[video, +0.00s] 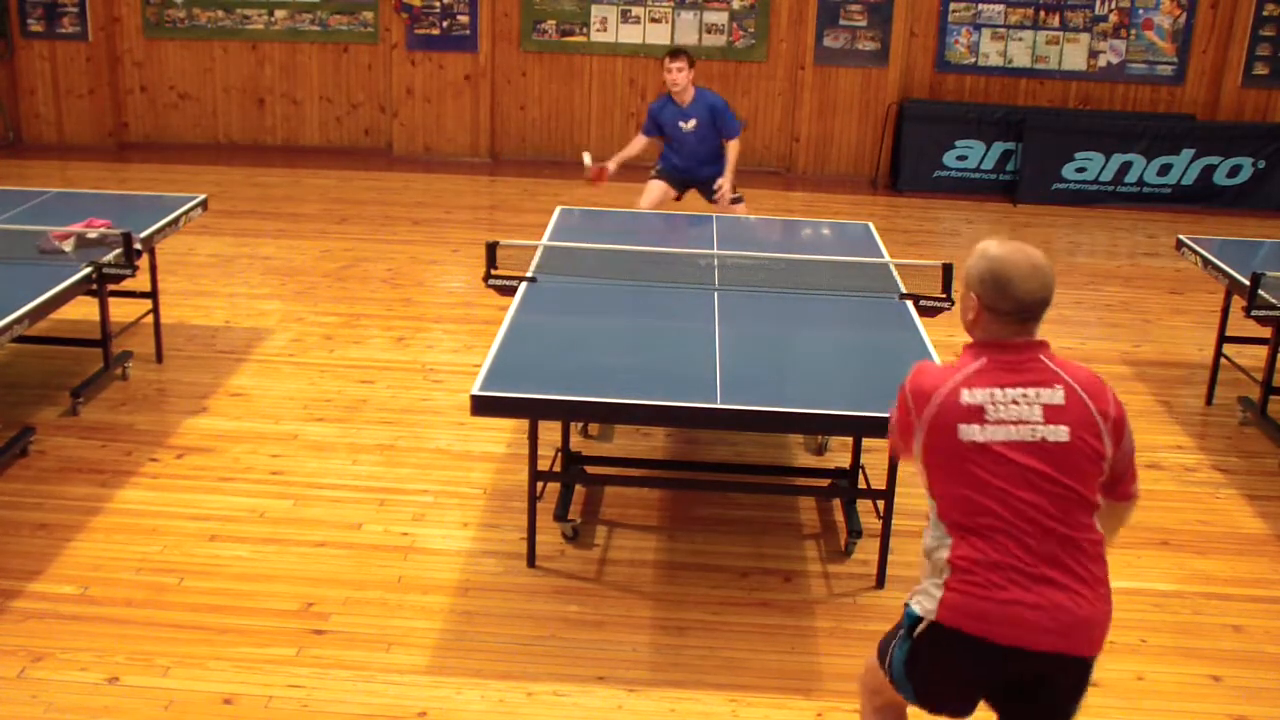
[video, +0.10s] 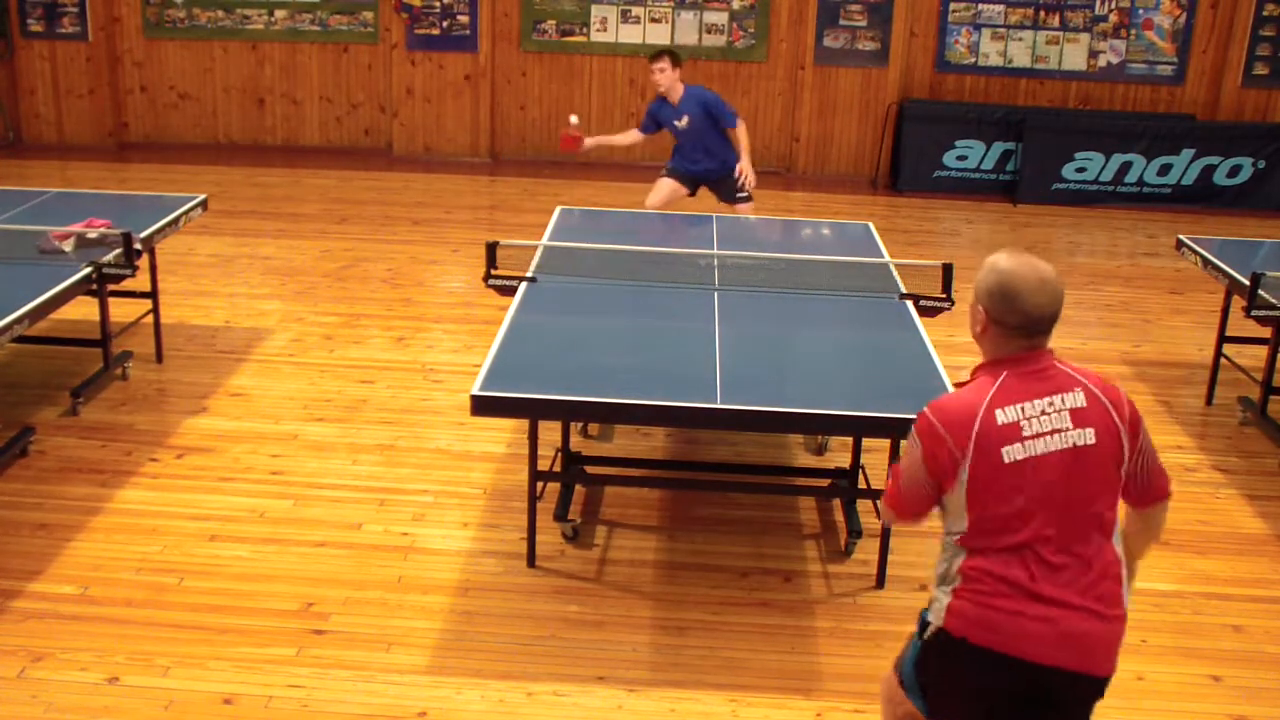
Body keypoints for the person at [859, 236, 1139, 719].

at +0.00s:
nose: (960, 299)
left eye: (962, 291)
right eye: (963, 289)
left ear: (972, 308)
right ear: (1043, 308)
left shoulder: (931, 387)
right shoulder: (1096, 394)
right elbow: (1118, 506)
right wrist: (1072, 548)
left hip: (965, 634)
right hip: (1065, 646)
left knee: (878, 686)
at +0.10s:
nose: (969, 310)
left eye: (972, 302)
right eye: (975, 298)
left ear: (980, 320)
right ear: (1052, 320)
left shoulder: (952, 416)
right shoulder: (1109, 401)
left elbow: (899, 508)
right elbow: (1152, 501)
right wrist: (1123, 560)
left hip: (980, 647)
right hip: (1084, 657)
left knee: (901, 693)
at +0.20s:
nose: (974, 304)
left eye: (976, 296)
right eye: (978, 293)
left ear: (983, 314)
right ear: (1057, 313)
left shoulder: (957, 411)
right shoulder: (1116, 392)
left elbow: (903, 524)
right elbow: (1163, 487)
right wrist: (1155, 563)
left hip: (1000, 647)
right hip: (1104, 655)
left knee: (929, 701)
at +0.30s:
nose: (984, 304)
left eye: (987, 296)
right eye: (989, 293)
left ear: (995, 315)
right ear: (1067, 314)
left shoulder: (974, 413)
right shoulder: (1127, 392)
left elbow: (910, 528)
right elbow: (1176, 487)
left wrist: (900, 529)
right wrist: (1165, 552)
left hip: (1022, 639)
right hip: (1125, 641)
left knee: (932, 709)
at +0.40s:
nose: (1008, 322)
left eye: (1009, 313)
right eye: (1011, 310)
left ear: (1018, 327)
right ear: (1088, 325)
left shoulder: (1004, 423)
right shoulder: (1142, 396)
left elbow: (934, 540)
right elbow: (1178, 489)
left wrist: (900, 534)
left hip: (1052, 644)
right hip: (1149, 642)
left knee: (939, 712)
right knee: (1118, 712)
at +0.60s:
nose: (1076, 316)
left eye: (1079, 307)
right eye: (1080, 304)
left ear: (1090, 325)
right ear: (1153, 319)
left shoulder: (1116, 426)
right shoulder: (1191, 365)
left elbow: (1089, 557)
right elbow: (1142, 398)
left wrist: (1007, 579)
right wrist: (1079, 408)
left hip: (1176, 616)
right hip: (1253, 597)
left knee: (1045, 712)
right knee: (1204, 698)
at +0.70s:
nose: (1119, 317)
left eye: (1121, 308)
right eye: (1123, 306)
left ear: (1135, 324)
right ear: (1195, 312)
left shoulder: (1190, 419)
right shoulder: (1213, 356)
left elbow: (1191, 545)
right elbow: (1146, 377)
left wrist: (1083, 575)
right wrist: (1070, 379)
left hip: (1224, 612)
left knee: (1103, 712)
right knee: (1234, 690)